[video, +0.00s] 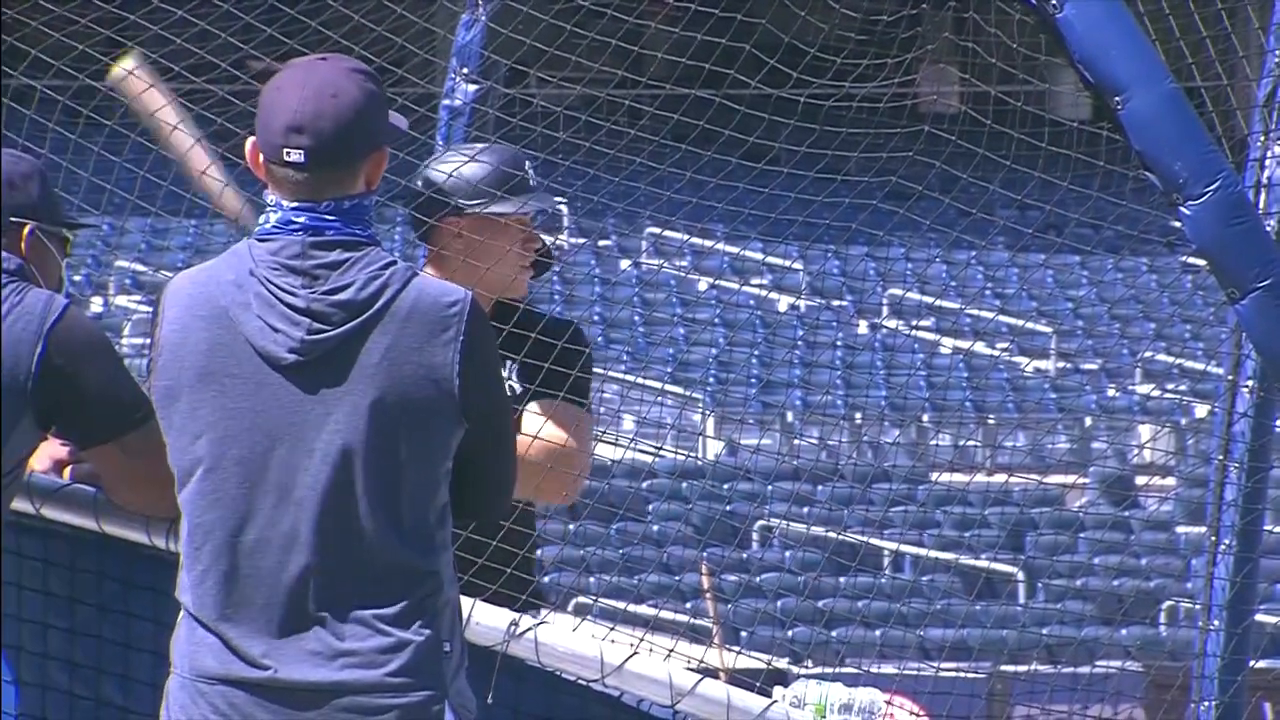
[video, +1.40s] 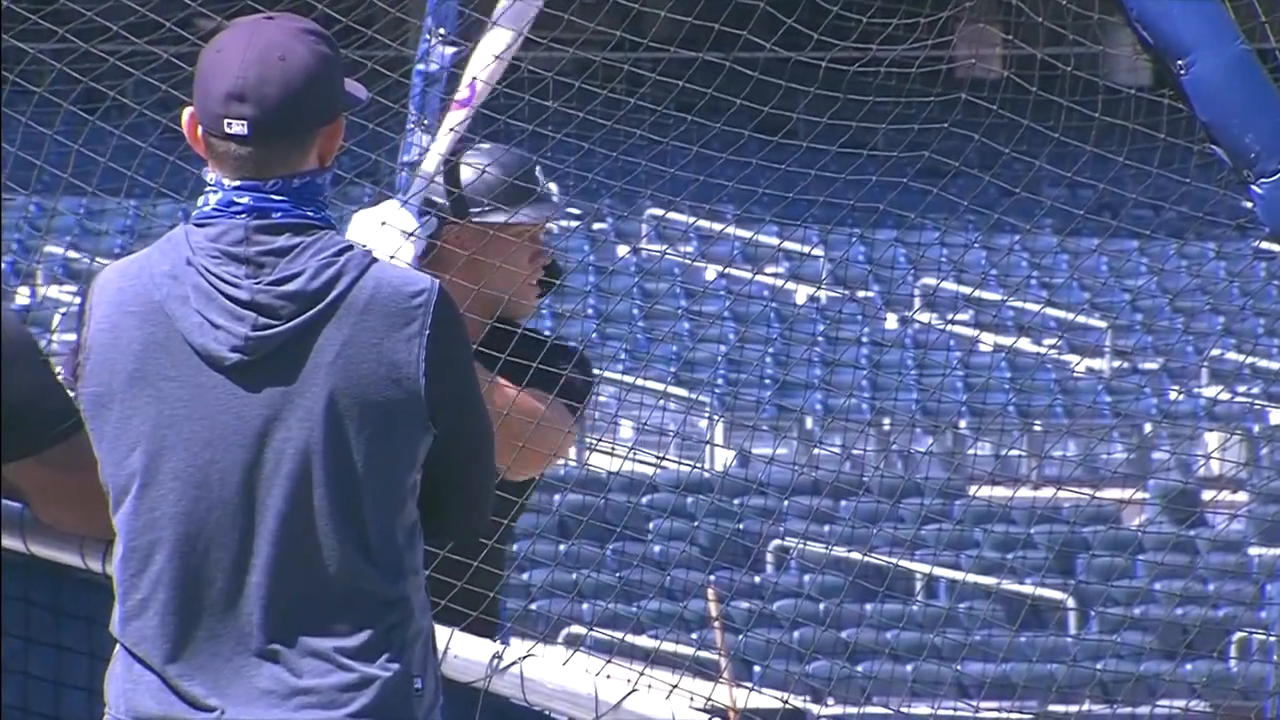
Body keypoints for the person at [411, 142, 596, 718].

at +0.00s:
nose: (537, 241)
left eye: (533, 225)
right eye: (519, 224)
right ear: (454, 231)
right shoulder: (382, 319)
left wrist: (431, 433)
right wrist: (521, 432)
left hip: (495, 601)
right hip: (377, 587)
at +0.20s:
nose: (557, 243)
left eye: (552, 226)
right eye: (539, 226)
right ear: (475, 234)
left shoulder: (567, 338)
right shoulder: (403, 321)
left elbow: (583, 445)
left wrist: (457, 381)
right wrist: (556, 421)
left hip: (519, 610)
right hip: (405, 598)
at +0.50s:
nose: (568, 242)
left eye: (563, 224)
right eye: (551, 224)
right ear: (488, 231)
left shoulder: (575, 338)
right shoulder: (401, 314)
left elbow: (587, 423)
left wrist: (468, 320)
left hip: (509, 615)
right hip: (392, 600)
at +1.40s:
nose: (546, 258)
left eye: (543, 238)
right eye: (527, 237)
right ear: (451, 240)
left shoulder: (551, 363)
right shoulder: (364, 323)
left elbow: (533, 450)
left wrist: (410, 315)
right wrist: (351, 281)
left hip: (455, 635)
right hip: (325, 613)